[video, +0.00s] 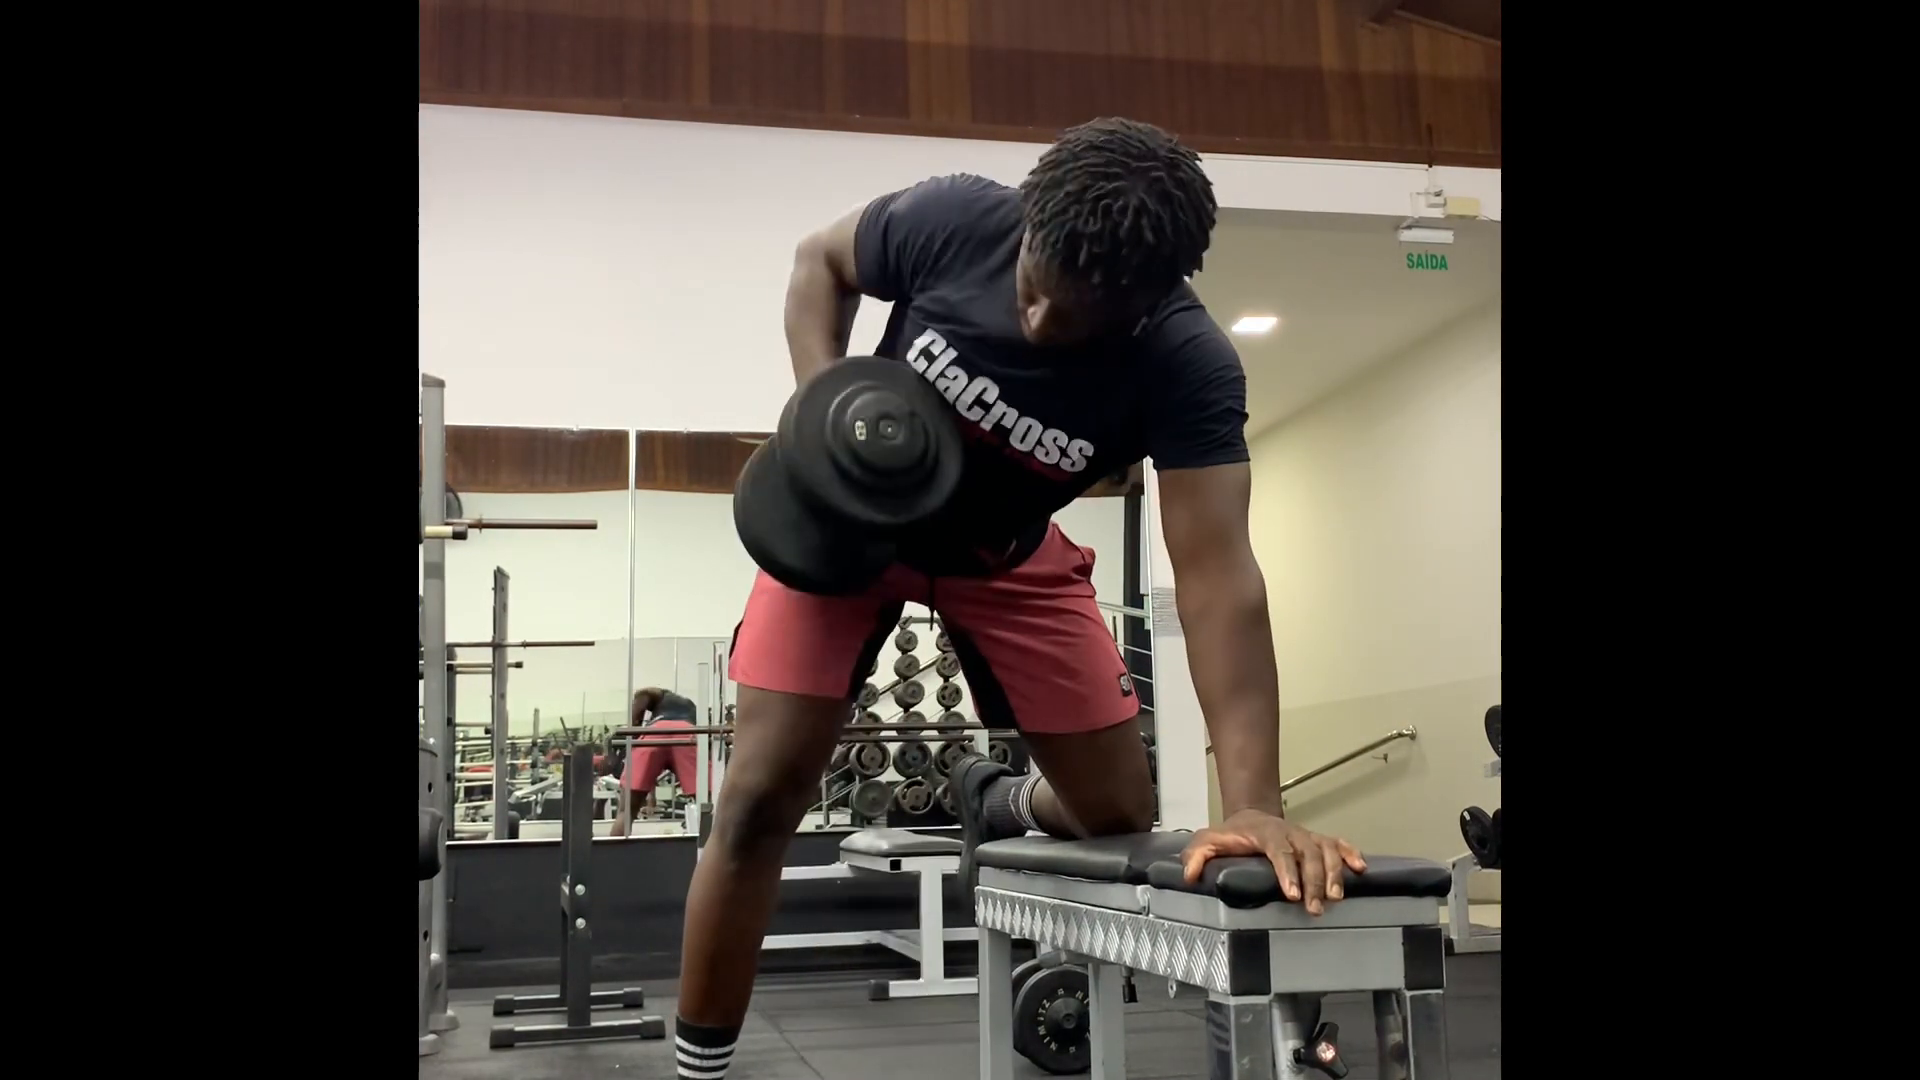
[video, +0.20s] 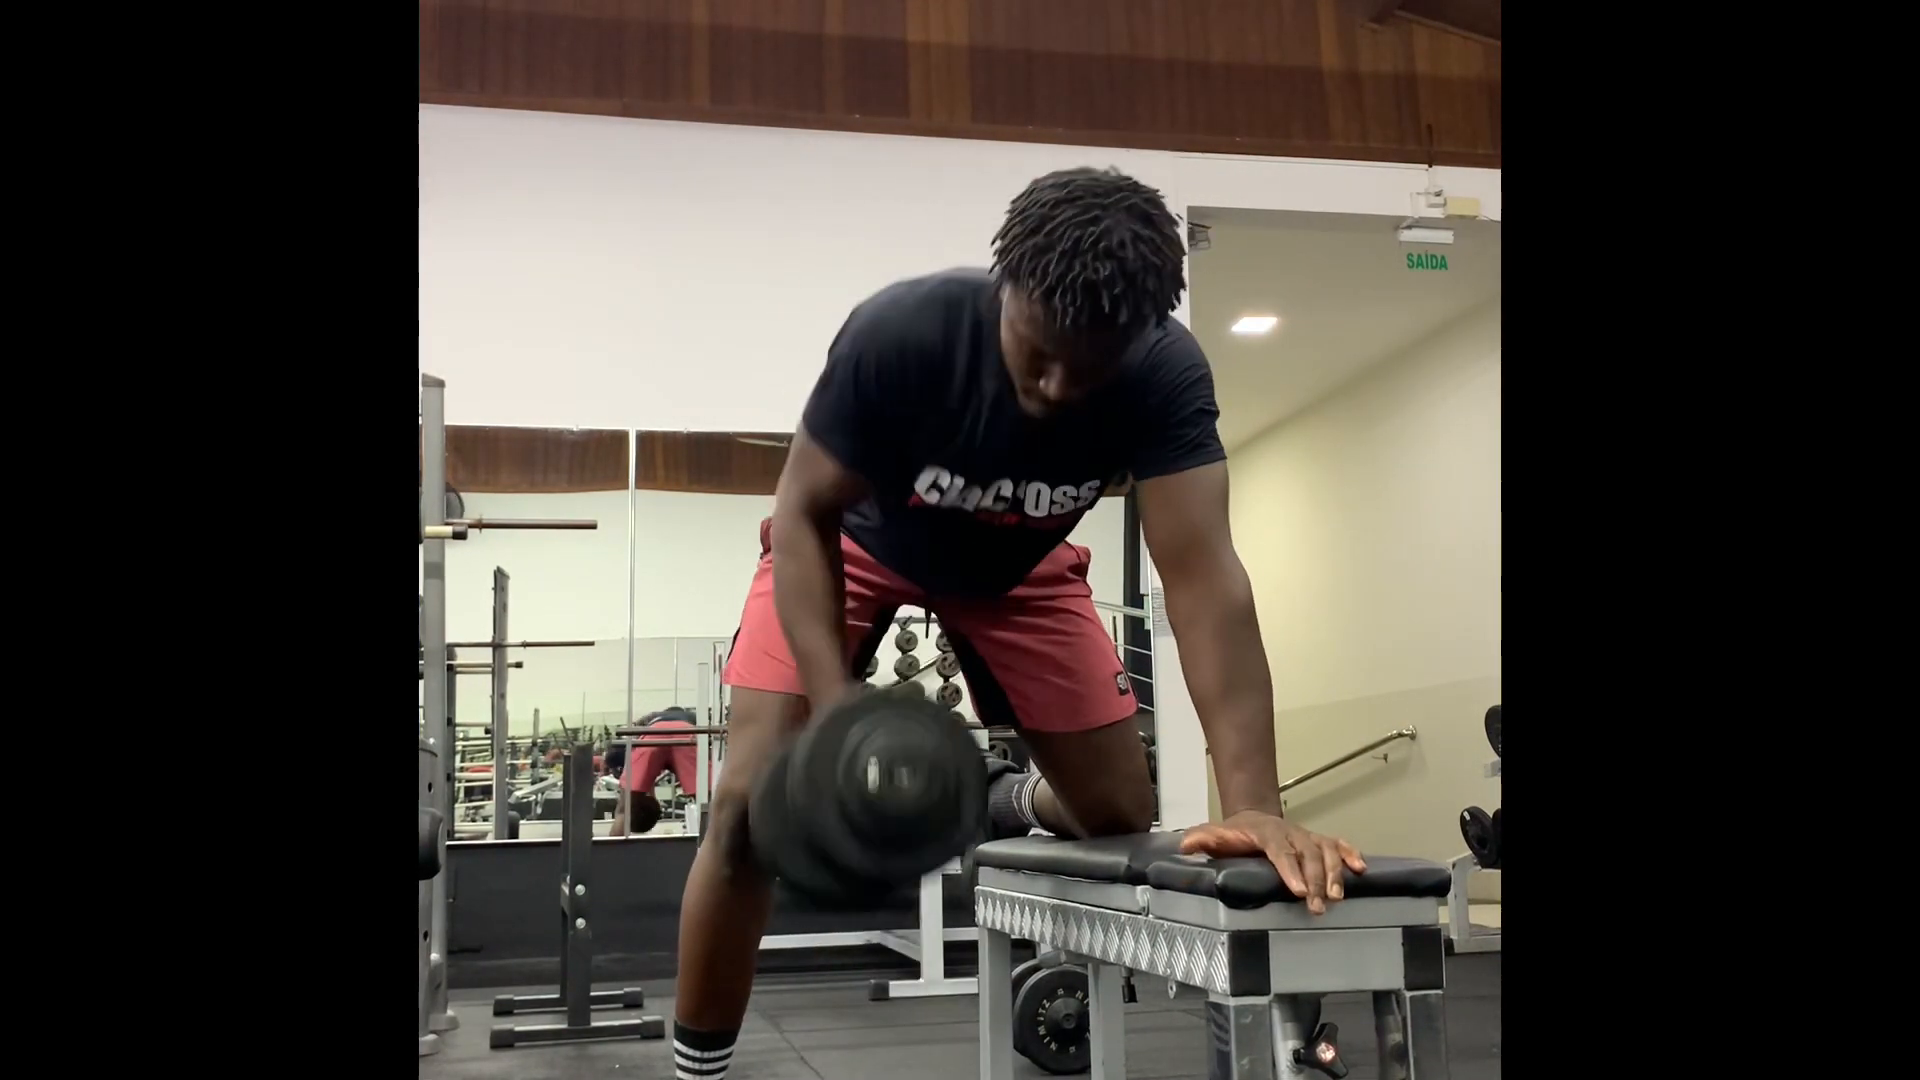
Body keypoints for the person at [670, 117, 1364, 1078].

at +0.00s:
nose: (1041, 322)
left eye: (1077, 313)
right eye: (1034, 287)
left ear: (1146, 302)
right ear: (1028, 225)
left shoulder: (1187, 366)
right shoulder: (954, 221)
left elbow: (1220, 579)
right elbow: (820, 262)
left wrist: (1254, 808)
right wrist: (823, 397)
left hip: (1015, 552)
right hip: (858, 515)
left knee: (1118, 812)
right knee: (757, 801)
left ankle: (997, 802)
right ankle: (697, 1071)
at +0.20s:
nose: (1056, 388)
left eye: (1091, 367)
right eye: (1038, 353)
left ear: (1139, 334)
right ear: (1004, 289)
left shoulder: (1163, 373)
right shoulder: (897, 339)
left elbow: (1203, 574)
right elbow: (799, 515)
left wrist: (1252, 804)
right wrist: (838, 724)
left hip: (1027, 566)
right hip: (857, 540)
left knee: (1121, 815)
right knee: (749, 801)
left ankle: (995, 796)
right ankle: (696, 1074)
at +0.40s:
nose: (1035, 510)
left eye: (1060, 485)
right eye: (1005, 485)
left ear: (1094, 436)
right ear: (953, 434)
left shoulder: (1106, 398)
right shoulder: (874, 523)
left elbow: (1188, 591)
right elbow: (871, 790)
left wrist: (1253, 808)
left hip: (1019, 563)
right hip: (841, 543)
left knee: (1121, 815)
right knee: (737, 803)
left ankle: (1003, 794)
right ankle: (695, 1069)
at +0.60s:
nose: (1028, 432)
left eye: (1058, 411)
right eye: (1006, 400)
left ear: (1101, 379)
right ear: (965, 342)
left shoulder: (1126, 394)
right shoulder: (866, 433)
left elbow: (1191, 587)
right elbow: (834, 683)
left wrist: (1250, 806)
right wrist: (871, 921)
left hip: (1013, 563)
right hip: (839, 552)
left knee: (1121, 815)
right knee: (741, 794)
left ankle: (1002, 797)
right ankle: (695, 1072)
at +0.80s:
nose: (1104, 312)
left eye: (1140, 291)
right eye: (1083, 276)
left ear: (1181, 265)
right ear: (1049, 215)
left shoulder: (1178, 381)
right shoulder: (945, 237)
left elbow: (1210, 578)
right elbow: (806, 293)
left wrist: (1253, 809)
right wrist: (830, 433)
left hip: (1004, 555)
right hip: (857, 512)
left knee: (1118, 810)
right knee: (749, 798)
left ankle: (991, 802)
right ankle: (696, 1073)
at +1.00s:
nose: (1094, 370)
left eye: (1125, 347)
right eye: (1071, 336)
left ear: (1160, 318)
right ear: (1021, 277)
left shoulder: (1165, 381)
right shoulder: (913, 316)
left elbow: (1205, 579)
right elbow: (789, 470)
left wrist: (1251, 806)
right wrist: (840, 658)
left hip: (1020, 574)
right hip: (847, 545)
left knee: (1120, 816)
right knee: (745, 800)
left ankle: (992, 798)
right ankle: (695, 1073)